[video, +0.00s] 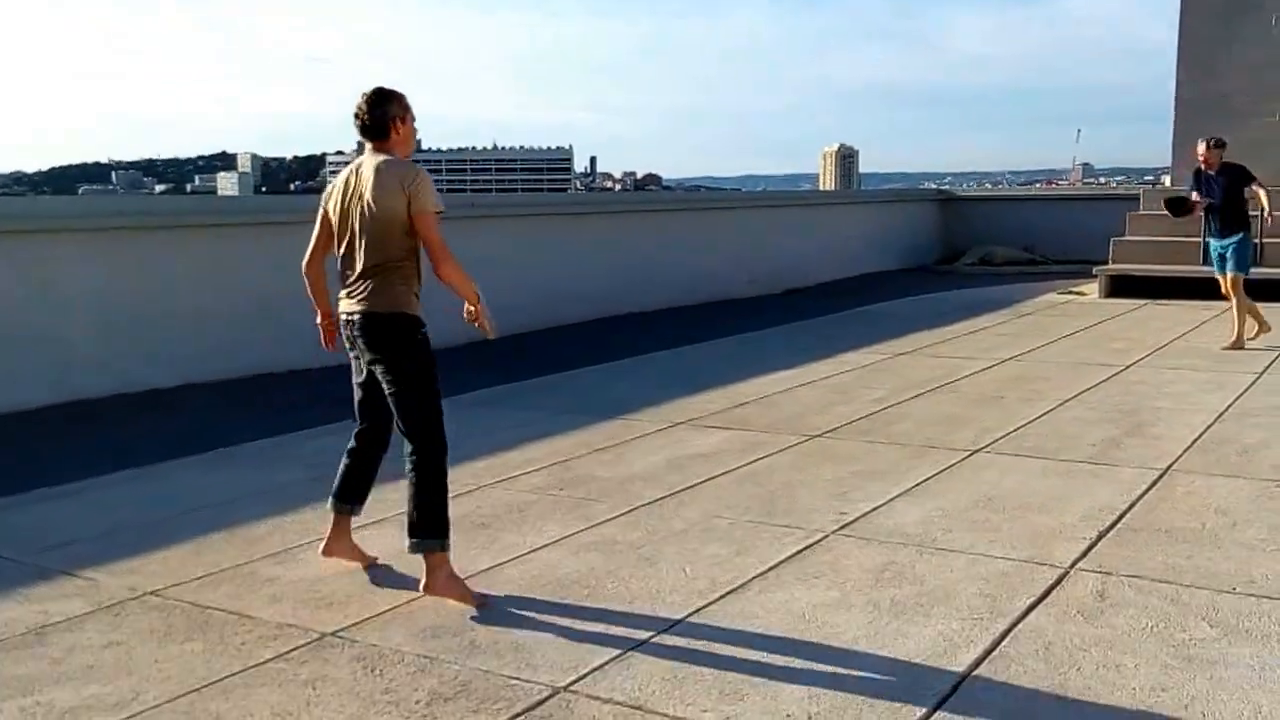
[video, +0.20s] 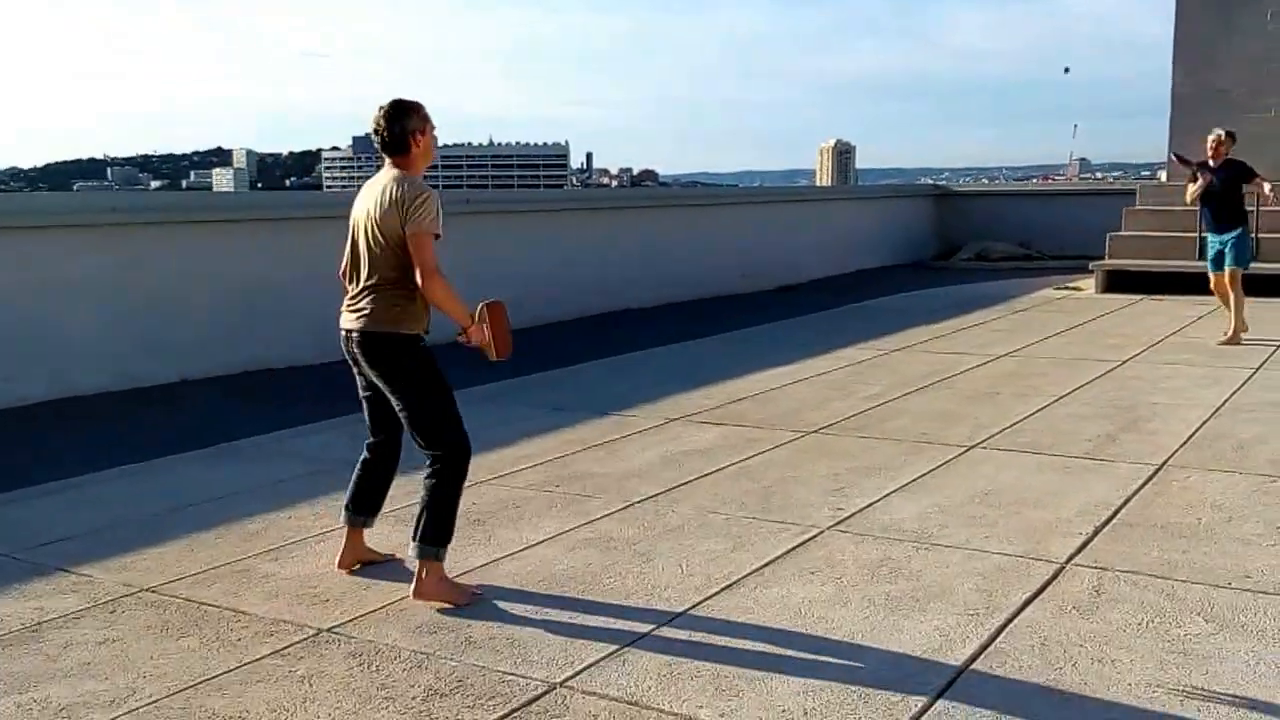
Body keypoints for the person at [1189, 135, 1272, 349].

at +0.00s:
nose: (1202, 161)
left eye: (1206, 157)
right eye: (1200, 157)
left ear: (1218, 155)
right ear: (1198, 156)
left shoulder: (1235, 171)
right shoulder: (1199, 174)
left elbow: (1260, 189)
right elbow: (1195, 204)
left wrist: (1267, 210)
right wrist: (1196, 205)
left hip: (1237, 235)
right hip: (1215, 237)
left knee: (1234, 285)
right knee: (1226, 289)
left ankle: (1238, 337)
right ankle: (1261, 322)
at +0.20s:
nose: (1214, 148)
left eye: (1219, 145)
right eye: (1212, 143)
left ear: (1227, 148)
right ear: (1207, 145)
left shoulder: (1236, 167)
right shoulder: (1200, 169)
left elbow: (1260, 183)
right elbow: (1189, 199)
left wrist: (1267, 189)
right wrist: (1201, 184)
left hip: (1235, 230)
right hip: (1213, 232)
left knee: (1232, 278)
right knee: (1216, 284)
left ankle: (1235, 330)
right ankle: (1239, 320)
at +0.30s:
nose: (1215, 143)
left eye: (1220, 140)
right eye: (1213, 138)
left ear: (1227, 146)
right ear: (1207, 141)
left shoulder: (1235, 166)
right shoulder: (1199, 167)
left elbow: (1259, 180)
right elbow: (1185, 194)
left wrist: (1267, 183)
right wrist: (1198, 178)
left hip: (1234, 230)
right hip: (1211, 232)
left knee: (1226, 278)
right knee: (1205, 281)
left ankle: (1233, 329)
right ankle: (1217, 320)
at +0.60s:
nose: (1207, 144)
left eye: (1212, 140)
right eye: (1204, 140)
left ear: (1219, 145)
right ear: (1199, 143)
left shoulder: (1229, 167)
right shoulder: (1190, 169)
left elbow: (1245, 191)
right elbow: (1174, 201)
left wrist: (1243, 202)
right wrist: (1185, 190)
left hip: (1223, 229)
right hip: (1196, 230)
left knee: (1222, 272)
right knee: (1181, 277)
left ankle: (1233, 321)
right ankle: (1190, 315)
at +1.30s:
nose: (1179, 152)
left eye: (1183, 147)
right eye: (1178, 148)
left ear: (1195, 149)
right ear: (1177, 151)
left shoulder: (1206, 167)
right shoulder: (1189, 175)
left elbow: (1222, 184)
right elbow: (1180, 201)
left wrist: (1211, 201)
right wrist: (1154, 203)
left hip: (1221, 228)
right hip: (1201, 229)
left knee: (1222, 271)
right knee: (1170, 262)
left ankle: (1256, 309)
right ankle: (1165, 303)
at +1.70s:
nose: (1159, 151)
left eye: (1163, 147)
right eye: (1157, 148)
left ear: (1175, 148)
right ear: (1156, 151)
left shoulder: (1192, 163)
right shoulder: (1161, 175)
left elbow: (1221, 175)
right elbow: (1157, 197)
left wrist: (1229, 185)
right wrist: (1144, 191)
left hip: (1208, 222)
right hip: (1184, 225)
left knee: (1223, 259)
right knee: (1154, 259)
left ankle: (1252, 304)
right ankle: (1166, 299)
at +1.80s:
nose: (1164, 139)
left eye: (1168, 135)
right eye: (1162, 135)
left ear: (1178, 138)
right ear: (1160, 139)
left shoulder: (1193, 154)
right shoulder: (1159, 163)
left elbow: (1221, 164)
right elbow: (1161, 184)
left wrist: (1231, 165)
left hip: (1204, 215)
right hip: (1179, 218)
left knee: (1219, 255)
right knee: (1155, 258)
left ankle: (1243, 298)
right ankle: (1165, 298)